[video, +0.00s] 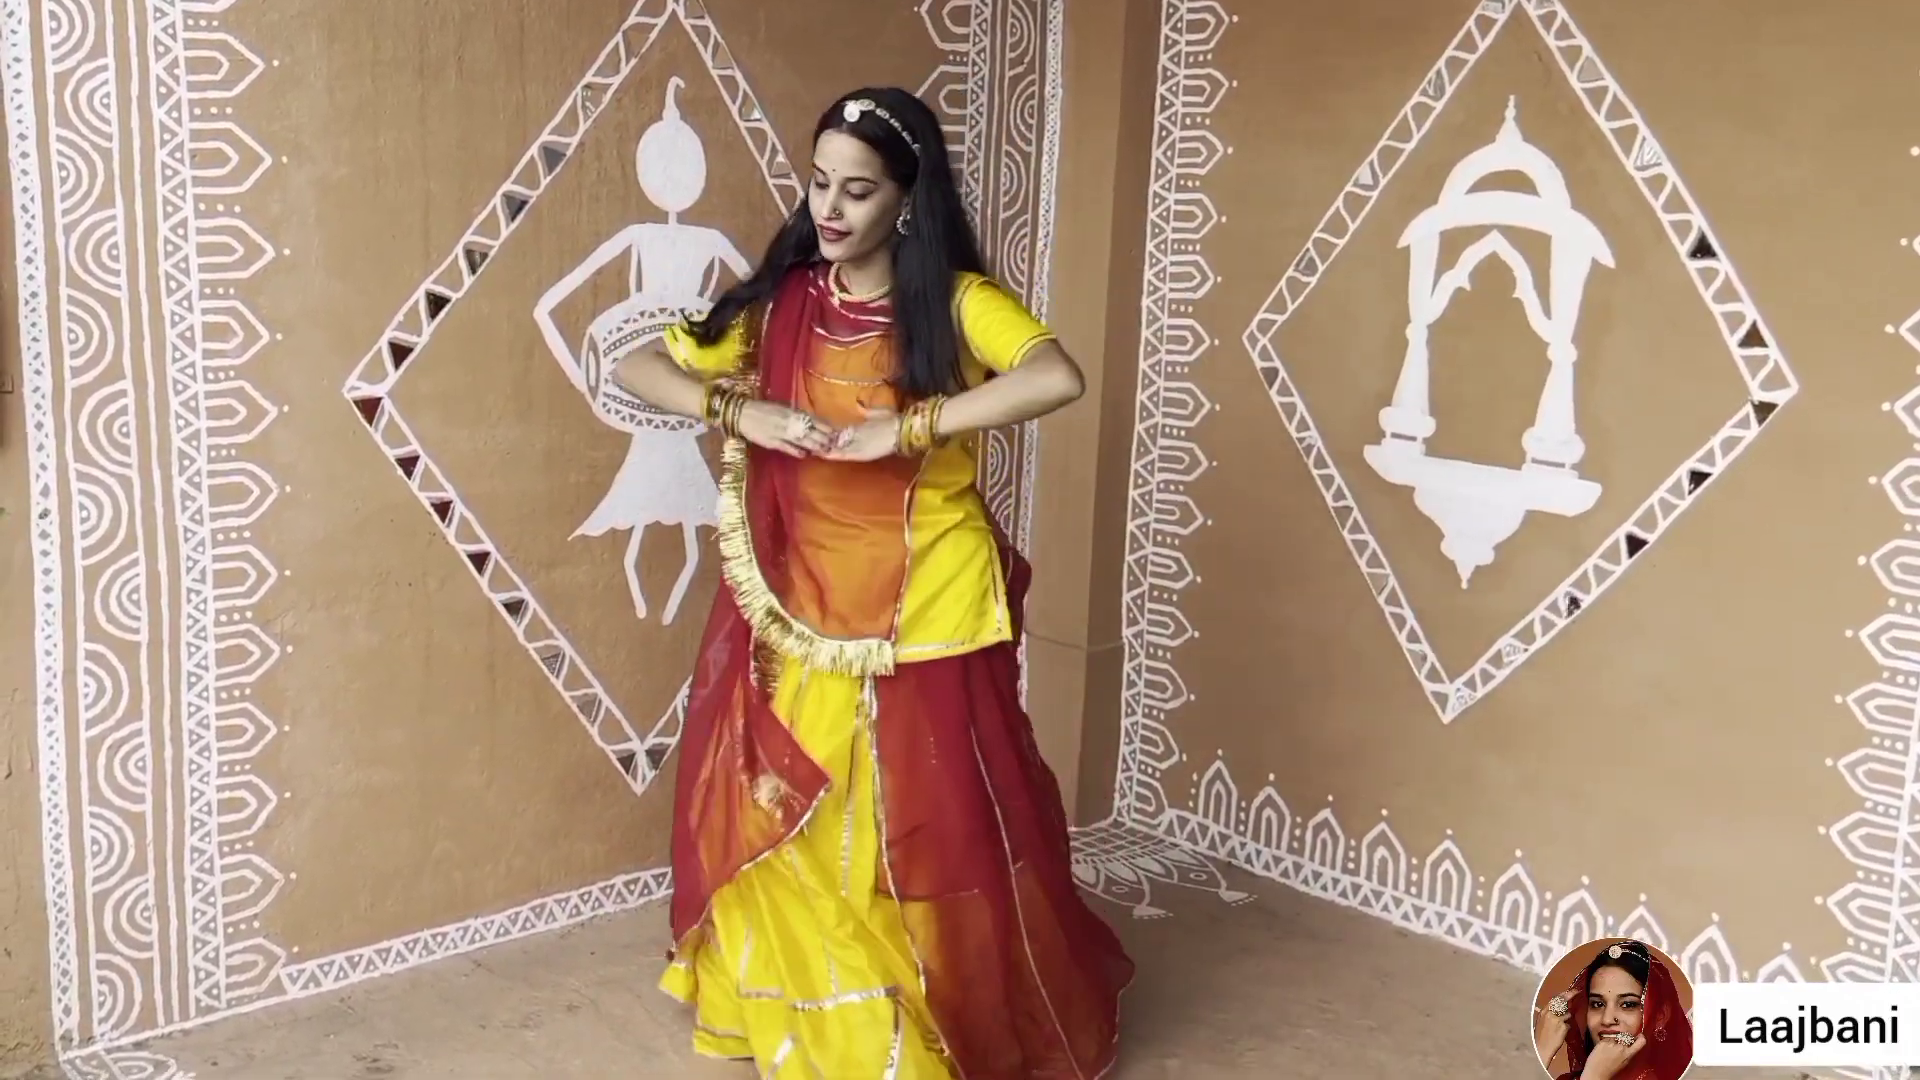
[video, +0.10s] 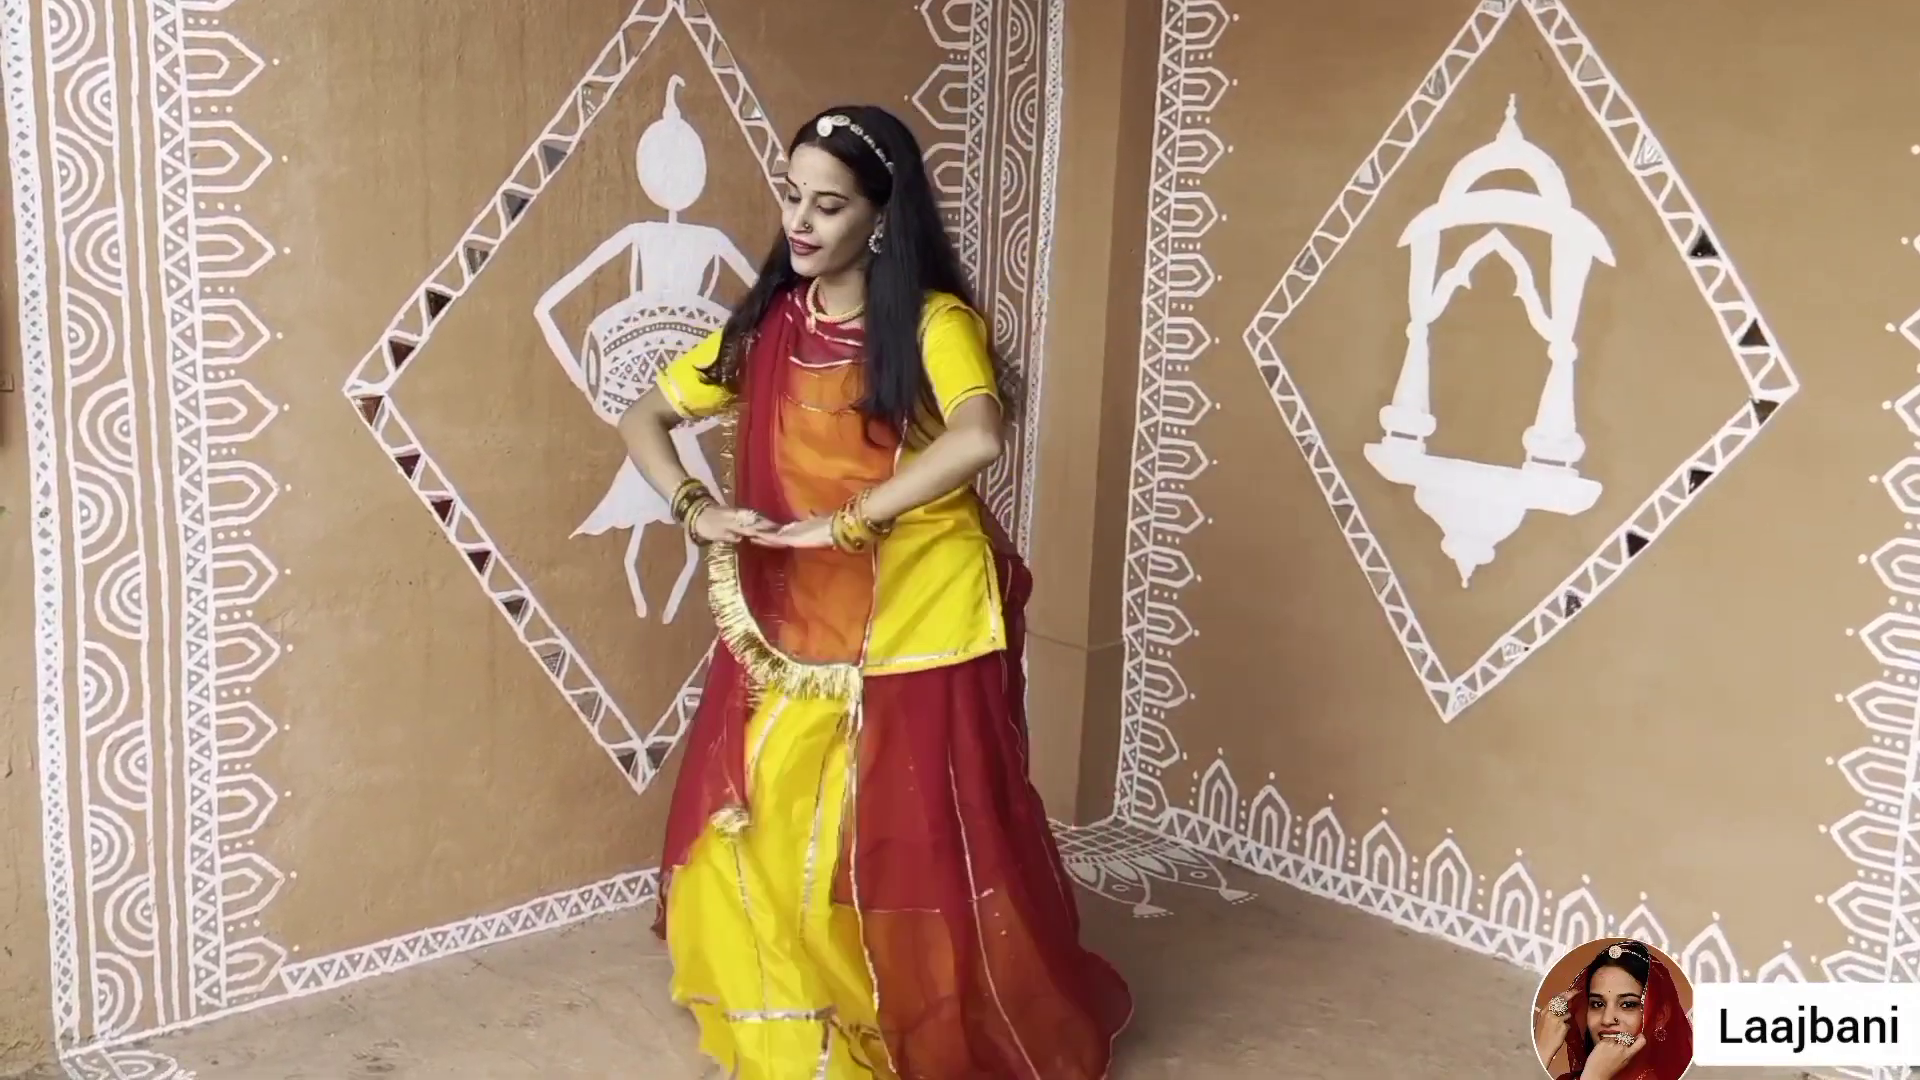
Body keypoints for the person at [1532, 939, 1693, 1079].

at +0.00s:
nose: (1608, 1019)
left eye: (1628, 1005)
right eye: (1597, 1004)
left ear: (1658, 1014)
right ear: (1586, 1011)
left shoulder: (1667, 1075)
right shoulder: (1567, 1078)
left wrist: (1595, 1075)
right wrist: (1539, 1055)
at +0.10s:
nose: (1608, 1019)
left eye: (1628, 1005)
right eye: (1597, 1004)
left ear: (1658, 1014)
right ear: (1585, 1011)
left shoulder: (1667, 1075)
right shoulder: (1567, 1078)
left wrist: (1595, 1075)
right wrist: (1539, 1055)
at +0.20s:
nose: (1608, 1019)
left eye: (1628, 1005)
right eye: (1597, 1004)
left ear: (1658, 1014)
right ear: (1585, 1011)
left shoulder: (1667, 1075)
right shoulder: (1567, 1078)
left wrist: (1595, 1075)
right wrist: (1539, 1055)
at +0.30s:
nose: (1608, 1019)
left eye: (1628, 1005)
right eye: (1597, 1004)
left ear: (1659, 1014)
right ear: (1586, 1011)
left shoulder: (1668, 1075)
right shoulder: (1567, 1077)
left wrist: (1595, 1075)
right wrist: (1539, 1055)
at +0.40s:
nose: (1608, 1019)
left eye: (1628, 1005)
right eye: (1597, 1004)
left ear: (1659, 1014)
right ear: (1586, 1011)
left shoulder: (1667, 1075)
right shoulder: (1567, 1077)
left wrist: (1596, 1075)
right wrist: (1539, 1055)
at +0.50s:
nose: (1608, 1019)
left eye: (1628, 1005)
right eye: (1597, 1004)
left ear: (1658, 1014)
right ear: (1586, 1010)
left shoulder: (1664, 1075)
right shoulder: (1569, 1077)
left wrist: (1595, 1075)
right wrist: (1539, 1055)